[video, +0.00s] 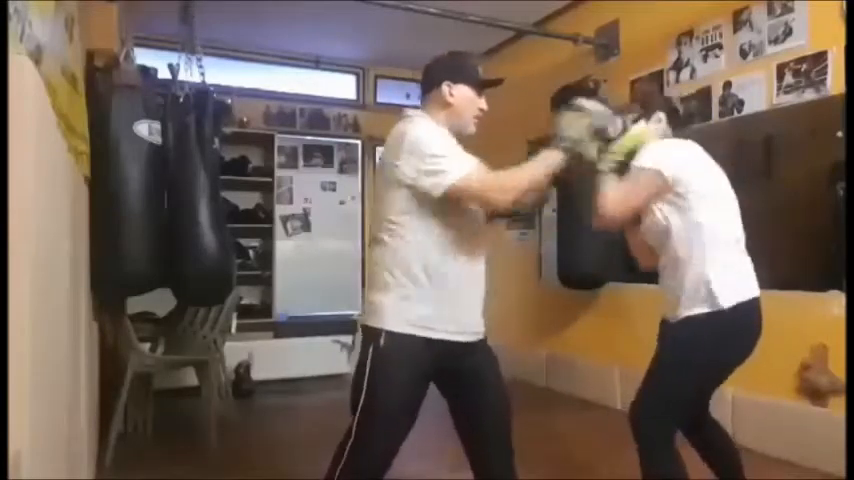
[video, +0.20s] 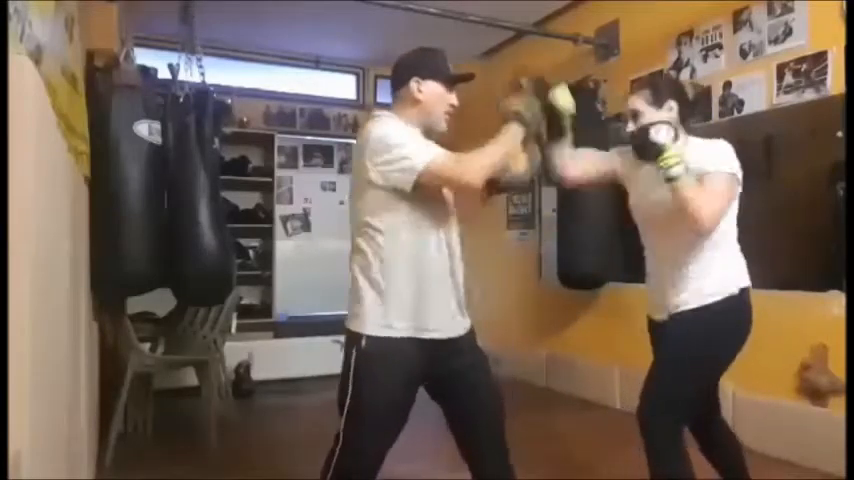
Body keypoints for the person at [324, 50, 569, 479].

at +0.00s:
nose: (485, 105)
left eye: (484, 95)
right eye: (477, 93)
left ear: (448, 95)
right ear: (446, 91)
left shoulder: (454, 150)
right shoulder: (414, 134)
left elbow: (509, 199)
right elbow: (491, 191)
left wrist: (560, 159)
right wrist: (556, 154)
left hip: (461, 334)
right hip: (400, 332)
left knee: (496, 459)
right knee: (366, 458)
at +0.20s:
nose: (456, 100)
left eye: (455, 90)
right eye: (447, 87)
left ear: (420, 91)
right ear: (417, 89)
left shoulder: (428, 146)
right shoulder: (382, 134)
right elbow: (465, 173)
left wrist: (522, 146)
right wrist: (513, 130)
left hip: (448, 330)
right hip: (385, 334)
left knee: (492, 459)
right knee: (354, 466)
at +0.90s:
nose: (511, 105)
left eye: (511, 95)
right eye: (503, 94)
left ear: (474, 99)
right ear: (474, 97)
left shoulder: (489, 158)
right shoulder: (434, 135)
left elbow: (520, 203)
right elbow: (445, 178)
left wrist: (582, 206)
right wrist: (514, 139)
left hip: (493, 329)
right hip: (430, 329)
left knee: (528, 422)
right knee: (382, 444)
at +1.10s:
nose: (543, 111)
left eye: (544, 101)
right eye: (533, 101)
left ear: (521, 99)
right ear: (499, 99)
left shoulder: (551, 130)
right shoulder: (447, 148)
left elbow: (624, 119)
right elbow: (381, 201)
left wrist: (700, 114)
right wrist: (395, 269)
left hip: (521, 318)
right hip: (448, 315)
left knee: (540, 423)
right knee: (424, 430)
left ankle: (531, 477)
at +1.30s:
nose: (519, 125)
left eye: (521, 113)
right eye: (507, 116)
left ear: (525, 111)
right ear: (474, 119)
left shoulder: (538, 144)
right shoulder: (441, 164)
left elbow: (568, 205)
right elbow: (430, 223)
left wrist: (520, 253)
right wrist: (476, 241)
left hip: (531, 321)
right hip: (460, 317)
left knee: (551, 429)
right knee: (442, 430)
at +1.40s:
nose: (516, 130)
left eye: (519, 118)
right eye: (503, 122)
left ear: (524, 113)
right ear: (474, 124)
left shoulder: (537, 149)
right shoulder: (447, 165)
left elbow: (541, 233)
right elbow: (438, 231)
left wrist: (477, 264)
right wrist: (503, 263)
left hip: (536, 329)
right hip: (467, 325)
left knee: (548, 446)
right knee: (445, 437)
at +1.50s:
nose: (518, 131)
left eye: (521, 119)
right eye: (506, 124)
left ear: (526, 113)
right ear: (475, 125)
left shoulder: (540, 151)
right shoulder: (450, 167)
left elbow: (539, 236)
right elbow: (448, 236)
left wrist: (472, 261)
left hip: (538, 328)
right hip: (468, 326)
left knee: (551, 443)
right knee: (448, 435)